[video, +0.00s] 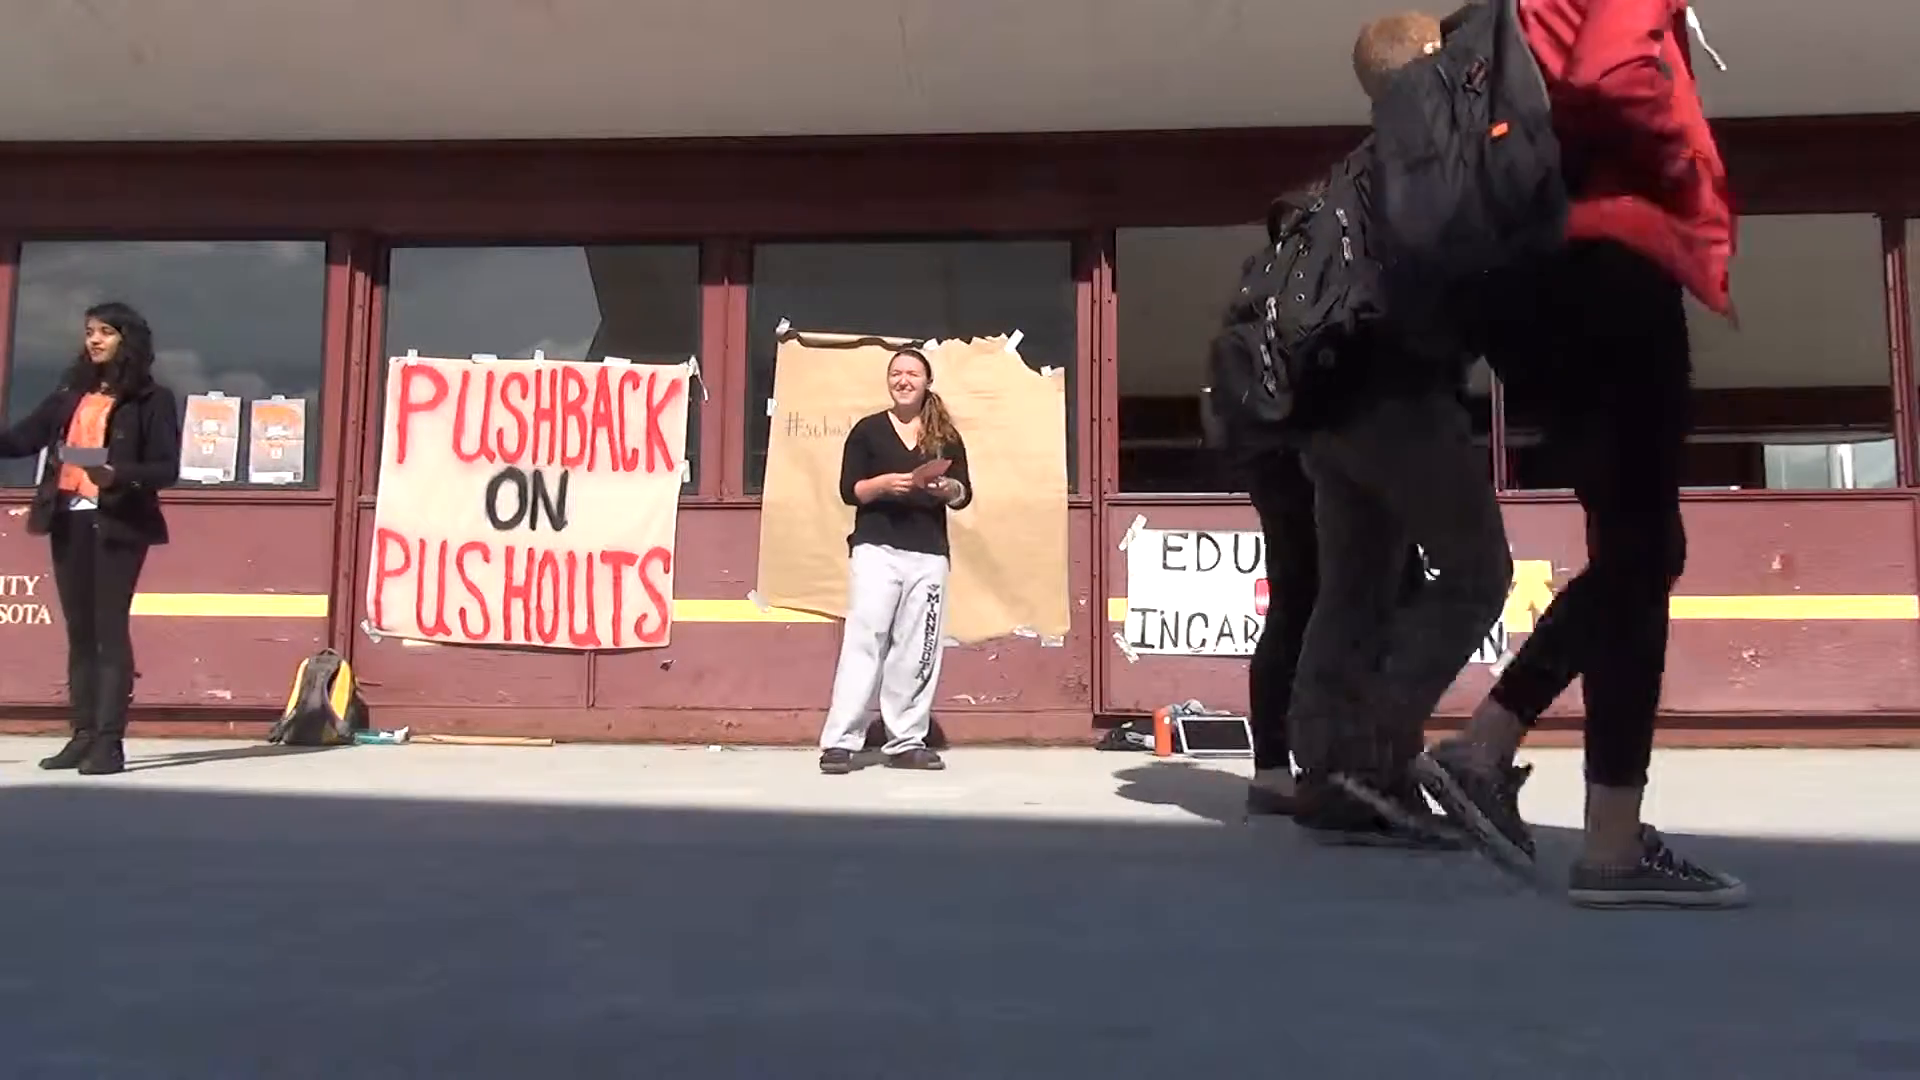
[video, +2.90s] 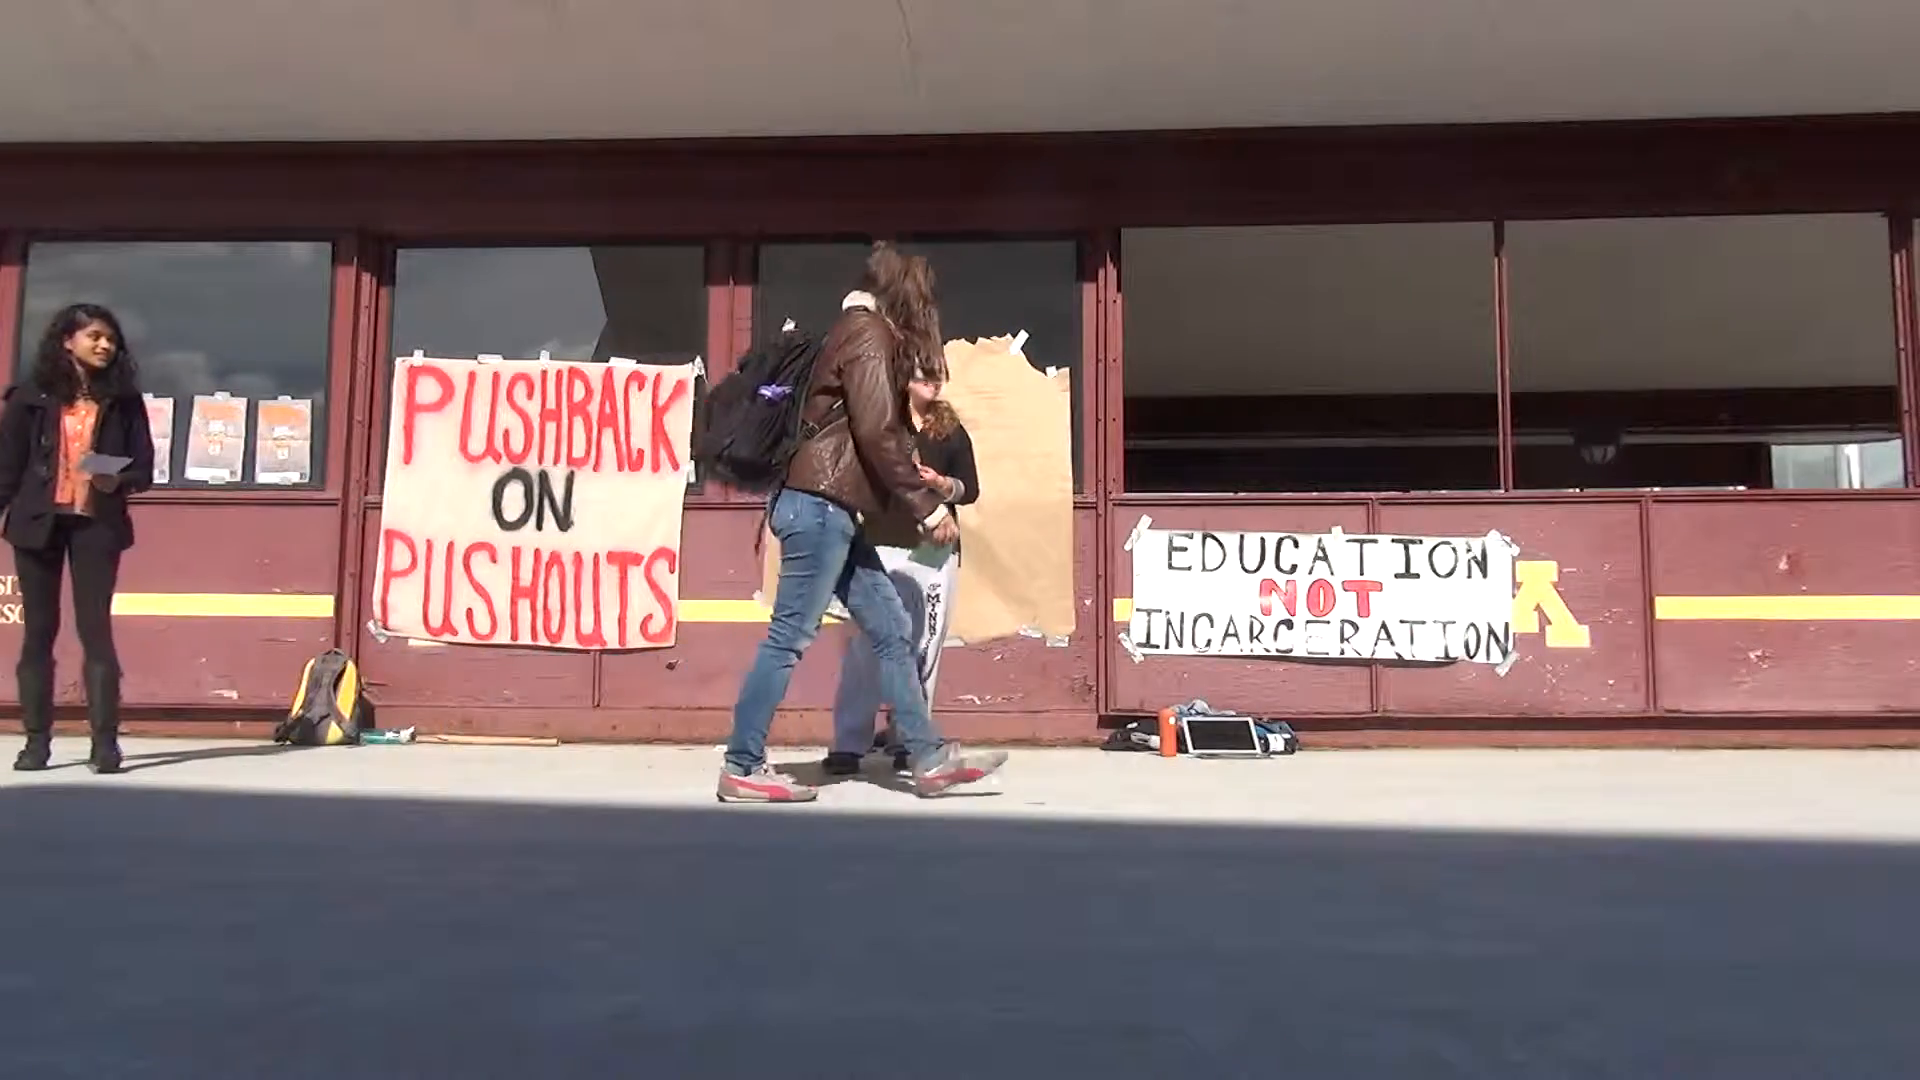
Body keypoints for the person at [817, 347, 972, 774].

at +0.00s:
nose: (903, 380)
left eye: (912, 374)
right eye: (897, 374)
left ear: (928, 382)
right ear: (888, 381)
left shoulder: (946, 435)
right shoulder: (866, 430)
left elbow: (963, 494)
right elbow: (850, 492)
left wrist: (948, 490)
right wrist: (892, 481)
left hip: (928, 553)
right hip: (876, 549)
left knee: (918, 647)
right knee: (865, 641)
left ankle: (906, 742)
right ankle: (840, 744)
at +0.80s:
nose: (851, 376)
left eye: (858, 366)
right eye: (847, 366)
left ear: (882, 372)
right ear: (841, 372)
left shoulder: (907, 419)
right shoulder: (827, 425)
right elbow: (802, 486)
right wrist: (825, 479)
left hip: (895, 546)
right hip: (840, 545)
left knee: (896, 642)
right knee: (838, 641)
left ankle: (906, 737)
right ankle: (844, 743)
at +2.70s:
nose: (911, 375)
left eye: (919, 369)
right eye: (904, 369)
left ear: (931, 378)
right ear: (890, 377)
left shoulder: (952, 431)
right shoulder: (868, 431)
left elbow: (970, 491)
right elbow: (849, 493)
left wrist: (938, 485)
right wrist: (882, 488)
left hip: (932, 552)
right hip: (878, 549)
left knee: (920, 646)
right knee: (867, 643)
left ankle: (909, 741)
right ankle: (851, 743)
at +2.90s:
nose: (933, 386)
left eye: (939, 379)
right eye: (925, 378)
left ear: (944, 382)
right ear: (904, 380)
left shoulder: (950, 430)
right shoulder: (881, 426)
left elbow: (969, 489)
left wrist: (939, 481)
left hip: (932, 548)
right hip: (880, 543)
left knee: (924, 648)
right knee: (864, 644)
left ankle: (908, 745)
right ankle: (847, 747)